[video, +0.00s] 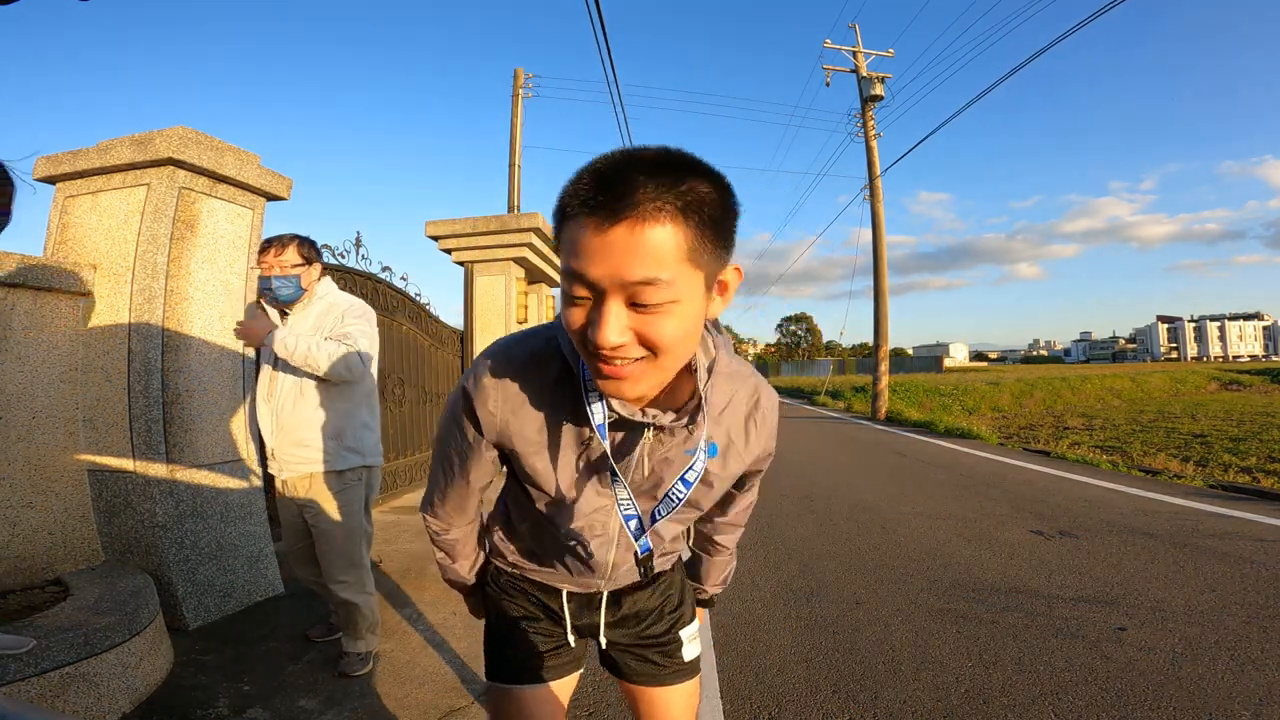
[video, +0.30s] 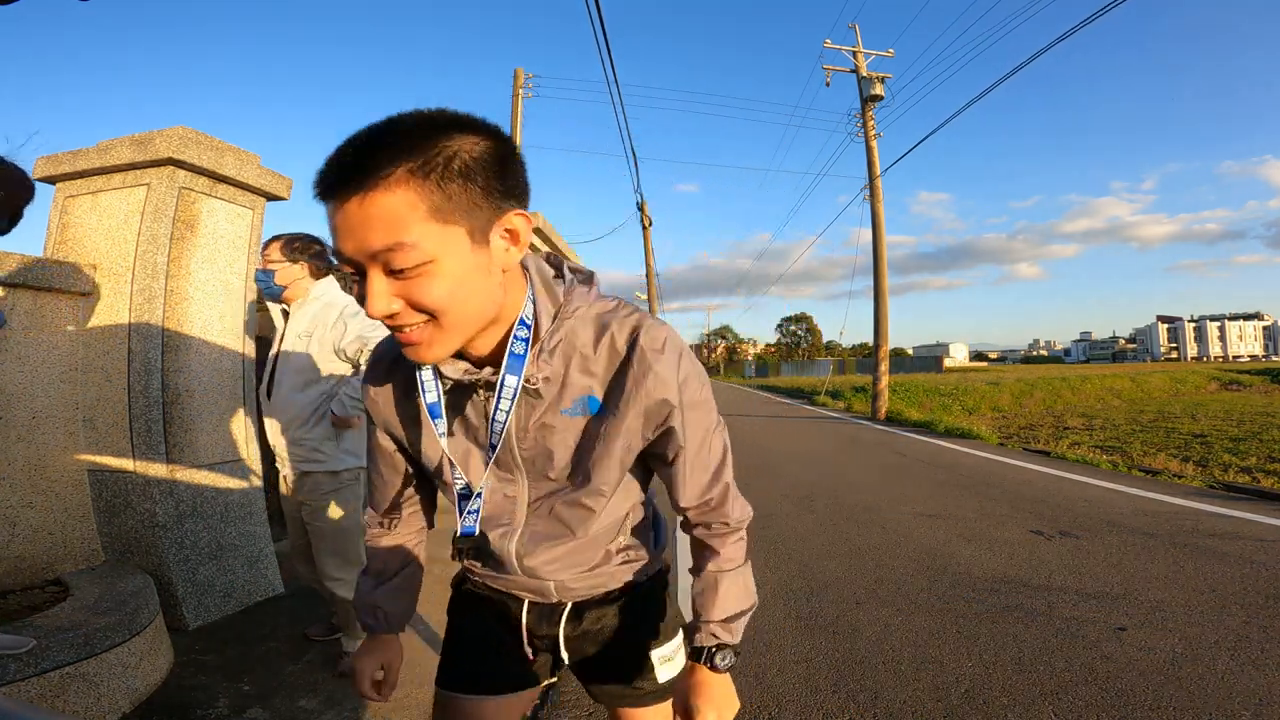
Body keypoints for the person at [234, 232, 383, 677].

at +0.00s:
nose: (275, 281)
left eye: (286, 270)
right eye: (267, 273)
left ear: (314, 270)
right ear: (262, 275)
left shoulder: (351, 310)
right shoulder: (274, 320)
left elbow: (351, 366)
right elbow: (268, 392)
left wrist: (271, 337)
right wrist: (267, 457)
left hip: (337, 465)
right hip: (287, 465)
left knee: (345, 567)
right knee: (303, 560)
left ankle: (360, 641)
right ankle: (339, 616)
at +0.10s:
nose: (271, 278)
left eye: (282, 268)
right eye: (266, 270)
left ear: (313, 268)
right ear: (262, 276)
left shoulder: (351, 310)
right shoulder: (279, 330)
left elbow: (373, 360)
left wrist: (286, 372)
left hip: (338, 467)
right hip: (289, 468)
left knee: (344, 568)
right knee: (303, 561)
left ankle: (361, 642)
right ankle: (338, 616)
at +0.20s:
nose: (265, 278)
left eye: (274, 269)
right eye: (262, 271)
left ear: (309, 269)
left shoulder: (348, 311)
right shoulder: (284, 321)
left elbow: (385, 357)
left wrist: (321, 396)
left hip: (337, 471)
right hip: (291, 470)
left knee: (343, 569)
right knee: (303, 562)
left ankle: (360, 643)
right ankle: (340, 616)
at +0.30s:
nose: (264, 276)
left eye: (273, 267)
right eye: (264, 268)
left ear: (305, 267)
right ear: (290, 272)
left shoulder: (336, 307)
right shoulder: (293, 314)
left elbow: (384, 347)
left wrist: (349, 400)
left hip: (333, 465)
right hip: (297, 465)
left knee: (339, 567)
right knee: (308, 558)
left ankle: (355, 643)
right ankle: (337, 617)